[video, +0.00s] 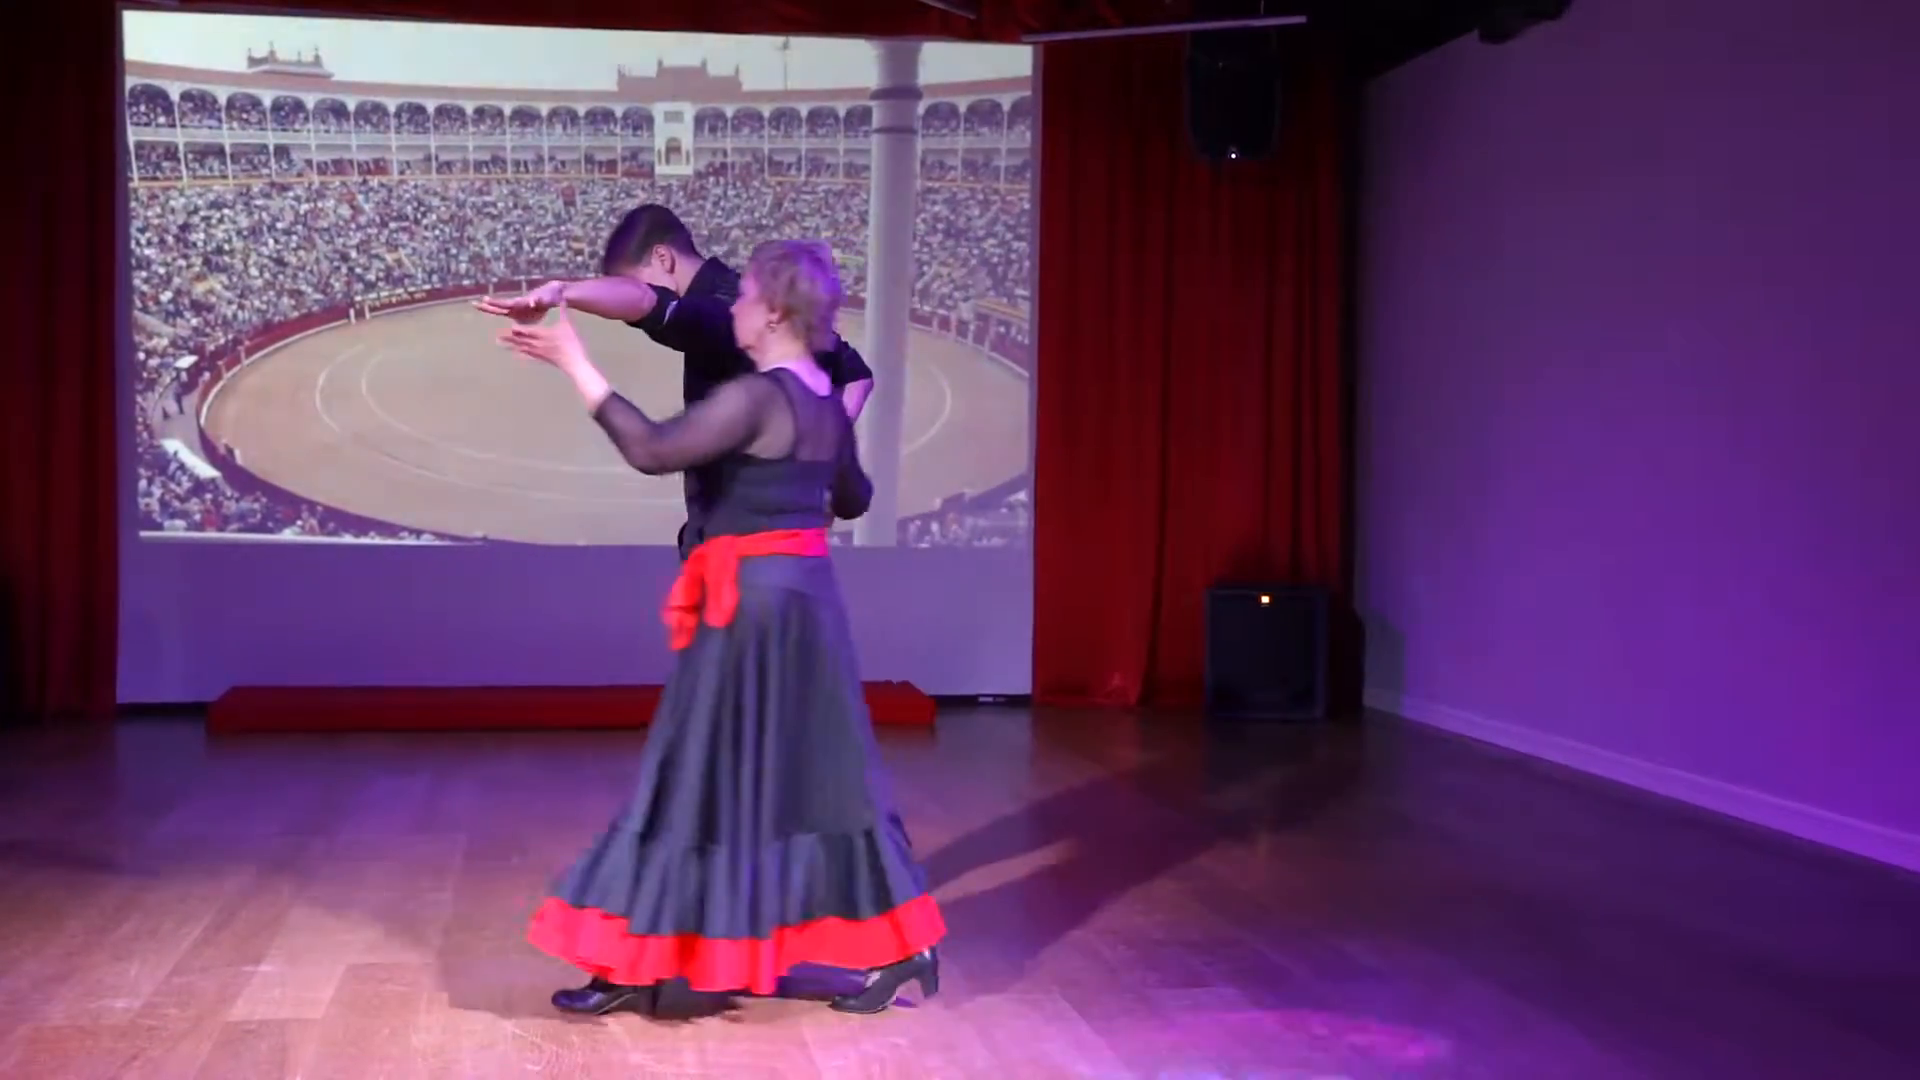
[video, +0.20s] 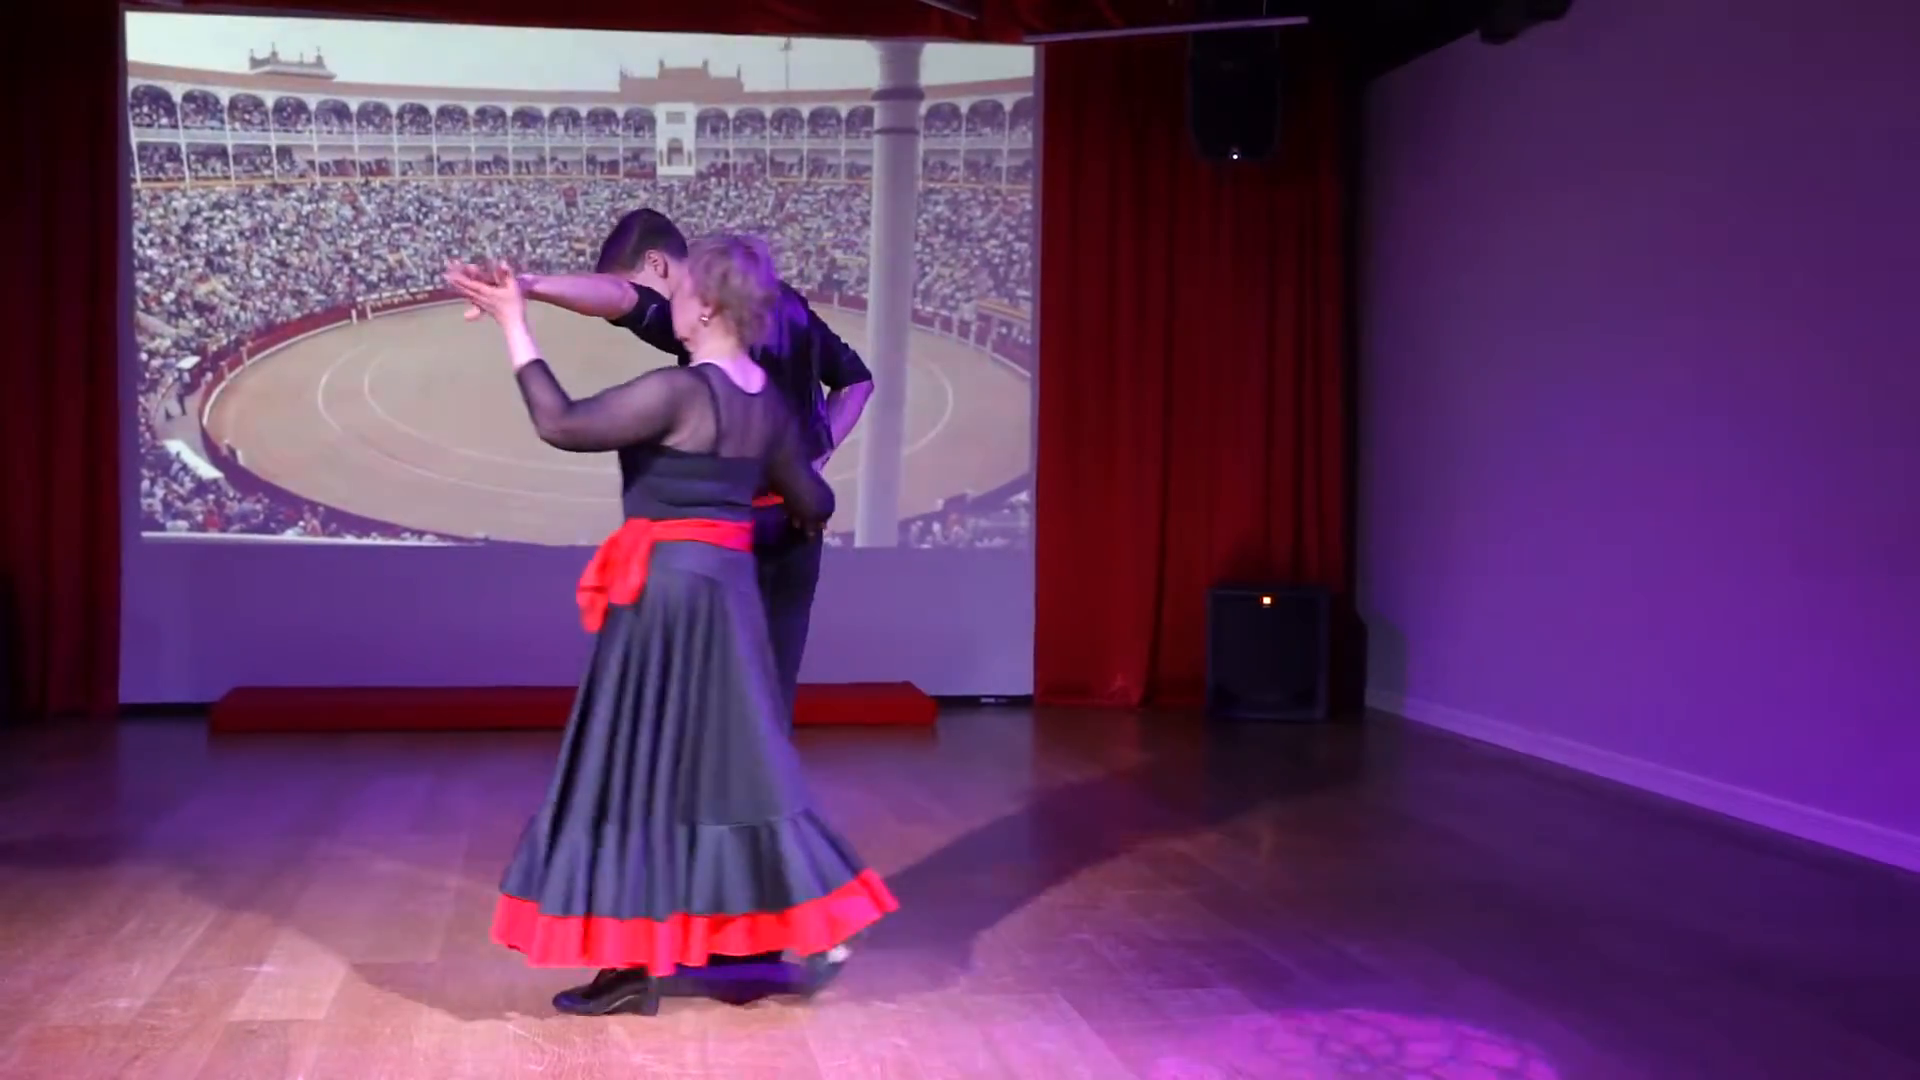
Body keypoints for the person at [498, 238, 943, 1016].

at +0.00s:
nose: (734, 306)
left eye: (744, 293)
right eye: (740, 291)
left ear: (771, 310)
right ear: (812, 313)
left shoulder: (749, 396)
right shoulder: (828, 405)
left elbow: (649, 451)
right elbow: (853, 499)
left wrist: (576, 364)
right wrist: (823, 444)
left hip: (750, 599)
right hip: (812, 595)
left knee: (696, 768)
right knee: (834, 765)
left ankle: (651, 957)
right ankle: (901, 941)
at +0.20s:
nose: (665, 305)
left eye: (675, 293)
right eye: (669, 291)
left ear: (705, 308)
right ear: (744, 313)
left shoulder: (674, 391)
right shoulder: (770, 404)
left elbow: (556, 421)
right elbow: (814, 503)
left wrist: (514, 322)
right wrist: (810, 517)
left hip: (664, 584)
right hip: (728, 584)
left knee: (637, 763)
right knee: (736, 757)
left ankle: (628, 959)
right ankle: (794, 927)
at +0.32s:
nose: (640, 302)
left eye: (650, 290)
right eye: (644, 287)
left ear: (681, 303)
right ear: (725, 303)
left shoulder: (646, 383)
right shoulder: (743, 399)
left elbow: (525, 402)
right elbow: (790, 495)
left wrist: (490, 299)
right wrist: (812, 503)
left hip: (641, 582)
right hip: (706, 583)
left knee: (626, 761)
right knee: (689, 760)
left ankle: (631, 956)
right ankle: (680, 949)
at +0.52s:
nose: (634, 300)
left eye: (640, 289)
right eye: (637, 289)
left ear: (663, 299)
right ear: (717, 301)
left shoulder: (638, 377)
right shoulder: (742, 397)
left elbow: (514, 384)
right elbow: (792, 486)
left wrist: (477, 283)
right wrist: (828, 491)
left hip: (636, 579)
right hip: (698, 581)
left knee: (621, 757)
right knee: (674, 758)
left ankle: (640, 952)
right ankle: (661, 946)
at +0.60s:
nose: (634, 298)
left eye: (640, 286)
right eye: (637, 287)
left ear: (664, 297)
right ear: (719, 301)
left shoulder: (635, 375)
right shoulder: (744, 397)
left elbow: (513, 376)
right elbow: (799, 485)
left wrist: (476, 278)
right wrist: (836, 488)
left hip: (637, 580)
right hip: (702, 581)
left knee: (625, 757)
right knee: (679, 759)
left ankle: (650, 951)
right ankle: (667, 947)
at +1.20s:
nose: (752, 280)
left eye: (755, 263)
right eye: (749, 265)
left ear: (786, 251)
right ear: (807, 247)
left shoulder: (822, 326)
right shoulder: (879, 309)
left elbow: (758, 414)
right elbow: (937, 412)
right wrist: (900, 466)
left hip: (845, 543)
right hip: (878, 534)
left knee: (844, 731)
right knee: (848, 727)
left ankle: (862, 917)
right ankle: (864, 909)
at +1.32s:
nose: (775, 273)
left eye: (777, 256)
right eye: (772, 257)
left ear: (811, 244)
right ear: (816, 242)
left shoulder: (870, 312)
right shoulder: (853, 307)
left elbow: (873, 434)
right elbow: (884, 414)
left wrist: (794, 389)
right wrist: (931, 469)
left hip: (868, 547)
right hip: (850, 542)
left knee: (859, 730)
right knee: (844, 725)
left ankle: (878, 916)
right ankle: (871, 905)